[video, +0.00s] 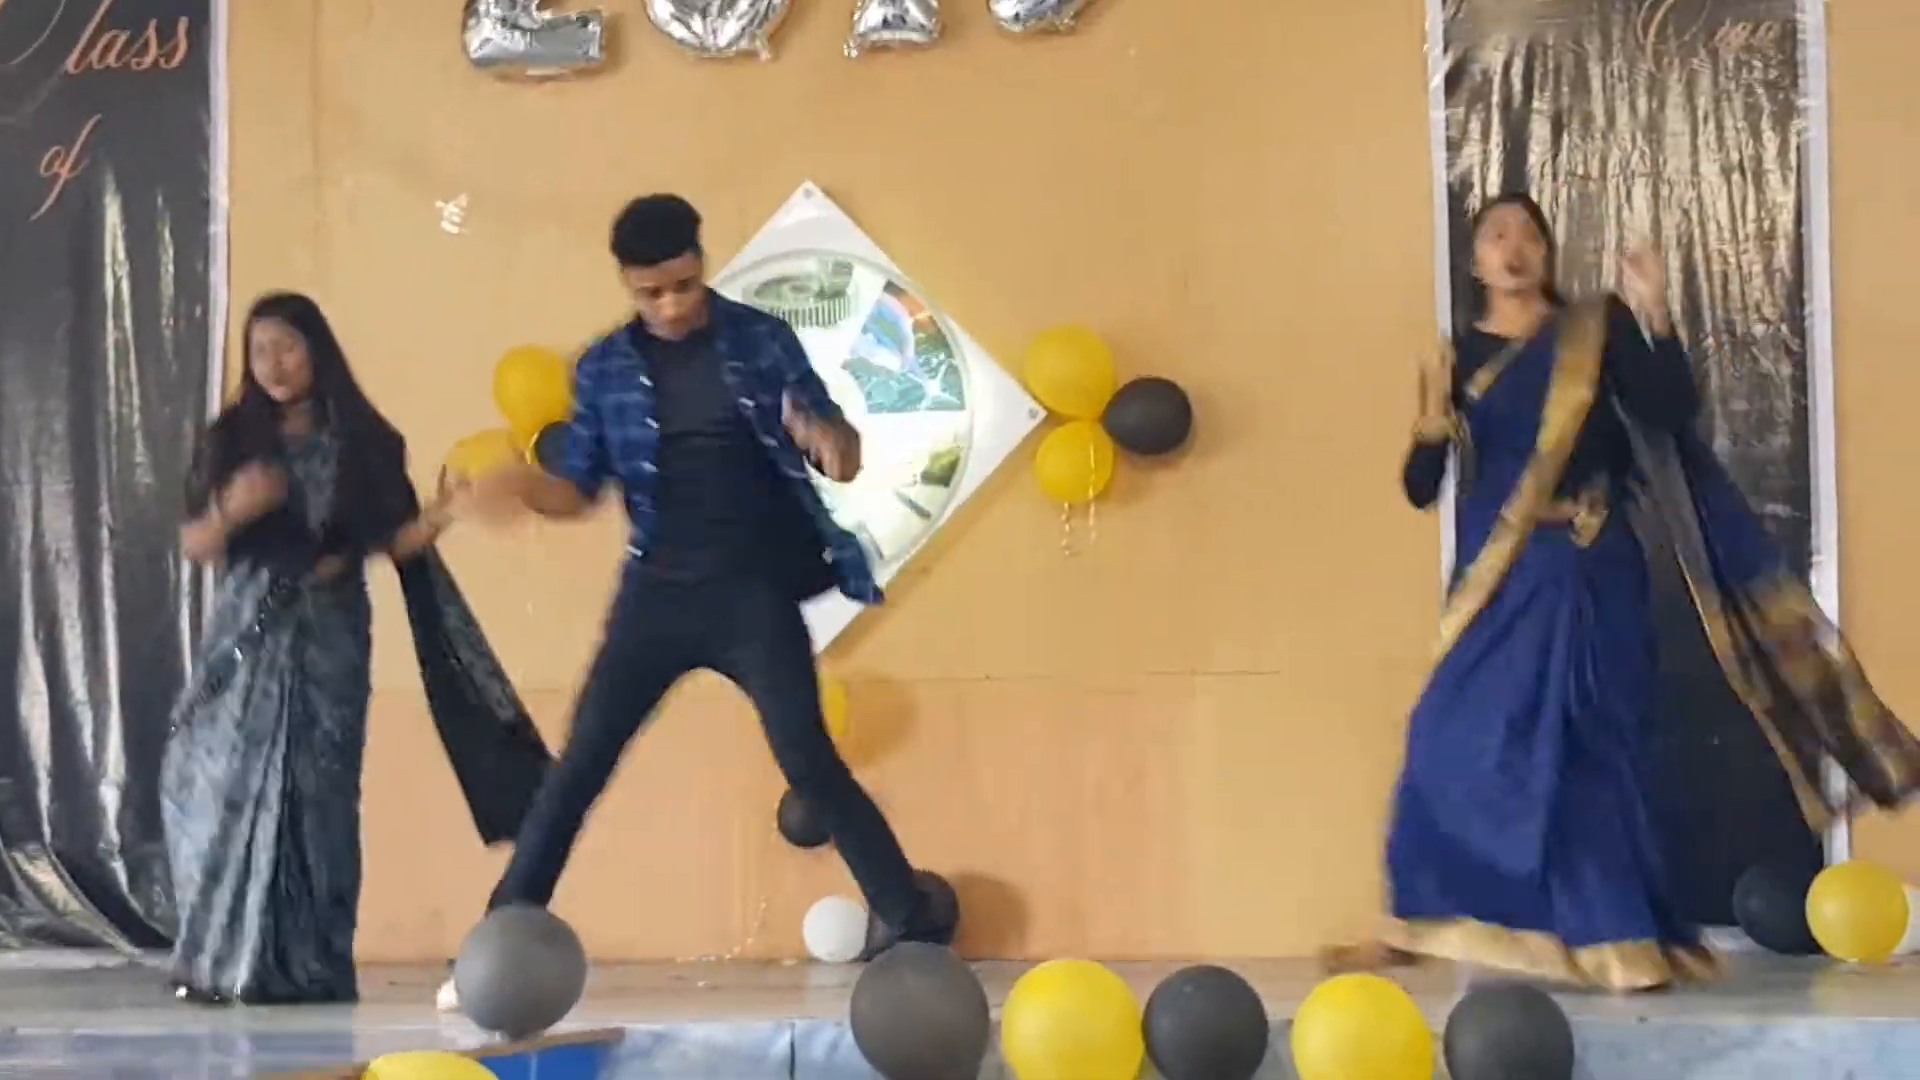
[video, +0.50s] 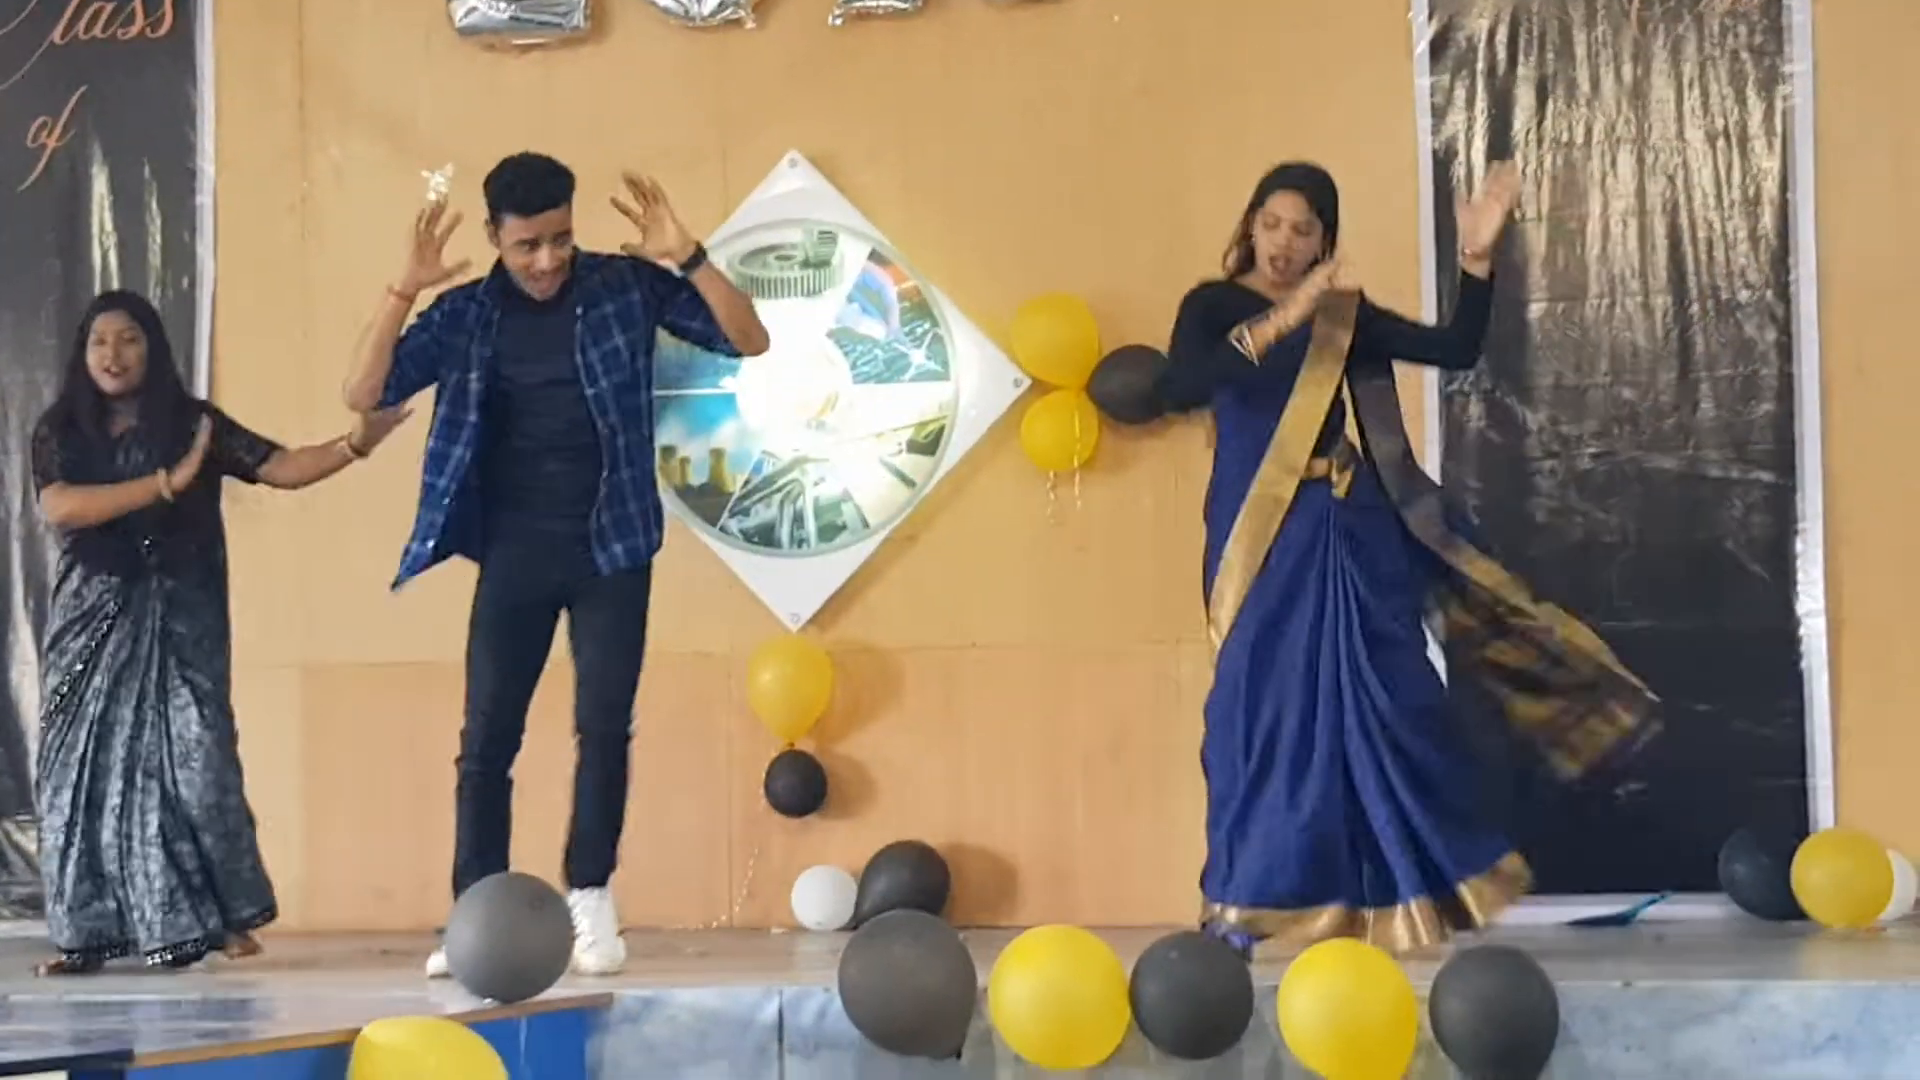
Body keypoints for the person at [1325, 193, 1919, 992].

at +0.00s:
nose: (1513, 248)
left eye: (1527, 234)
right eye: (1497, 236)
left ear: (1549, 250)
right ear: (1473, 256)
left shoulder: (1598, 326)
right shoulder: (1458, 357)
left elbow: (1673, 414)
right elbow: (1418, 489)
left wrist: (1656, 317)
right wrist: (1431, 433)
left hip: (1592, 556)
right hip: (1501, 564)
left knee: (1591, 734)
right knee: (1456, 723)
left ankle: (1617, 933)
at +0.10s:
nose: (1459, 228)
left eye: (1471, 216)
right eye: (1443, 213)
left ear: (1488, 235)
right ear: (1411, 234)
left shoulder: (1524, 297)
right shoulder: (1392, 334)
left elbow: (1637, 329)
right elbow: (1372, 450)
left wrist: (1617, 245)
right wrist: (1405, 363)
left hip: (1549, 523)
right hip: (1458, 532)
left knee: (1560, 714)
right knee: (1398, 708)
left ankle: (1584, 925)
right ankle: (1308, 911)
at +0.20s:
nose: (1398, 235)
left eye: (1412, 223)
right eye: (1384, 219)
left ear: (1424, 236)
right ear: (1349, 228)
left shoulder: (1456, 304)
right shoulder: (1327, 329)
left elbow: (1571, 324)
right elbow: (1333, 428)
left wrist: (1584, 243)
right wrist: (1397, 329)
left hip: (1507, 530)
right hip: (1413, 541)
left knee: (1538, 714)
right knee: (1346, 713)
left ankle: (1609, 917)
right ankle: (1255, 903)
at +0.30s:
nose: (1346, 260)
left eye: (1361, 250)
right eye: (1333, 243)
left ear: (1372, 262)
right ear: (1301, 246)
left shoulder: (1389, 335)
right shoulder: (1263, 338)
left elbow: (1509, 359)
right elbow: (1284, 434)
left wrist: (1560, 273)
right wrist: (1350, 387)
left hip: (1441, 540)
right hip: (1345, 550)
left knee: (1487, 714)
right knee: (1307, 726)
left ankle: (1611, 915)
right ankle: (1245, 931)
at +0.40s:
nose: (1308, 262)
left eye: (1325, 253)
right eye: (1296, 242)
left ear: (1340, 268)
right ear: (1267, 245)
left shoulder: (1355, 337)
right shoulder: (1227, 327)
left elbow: (1475, 365)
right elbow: (1236, 411)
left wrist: (1518, 276)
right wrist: (1330, 342)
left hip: (1387, 539)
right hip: (1295, 547)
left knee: (1424, 717)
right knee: (1283, 724)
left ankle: (1559, 894)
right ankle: (1245, 919)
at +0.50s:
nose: (1284, 240)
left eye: (1302, 231)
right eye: (1272, 223)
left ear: (1325, 243)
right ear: (1250, 227)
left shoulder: (1350, 317)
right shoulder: (1215, 305)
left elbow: (1458, 347)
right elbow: (1182, 384)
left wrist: (1478, 257)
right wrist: (1287, 314)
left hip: (1362, 534)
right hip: (1265, 541)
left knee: (1390, 705)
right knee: (1271, 711)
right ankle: (1251, 908)